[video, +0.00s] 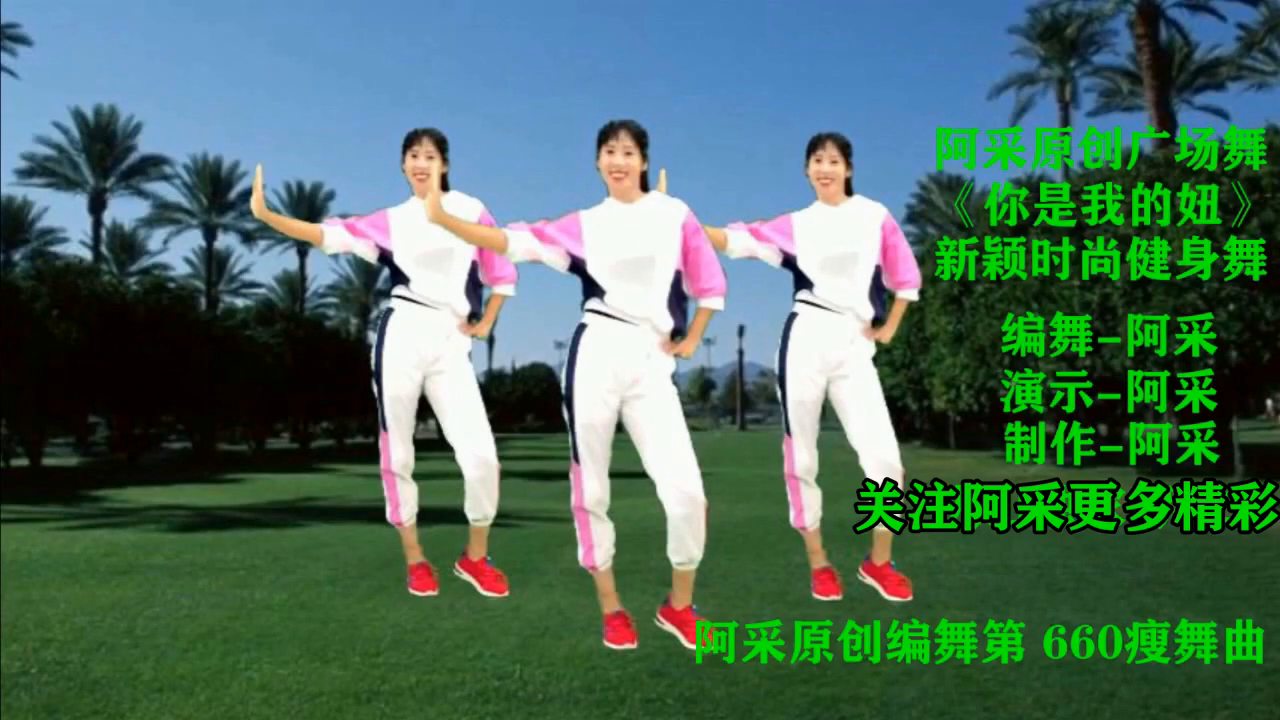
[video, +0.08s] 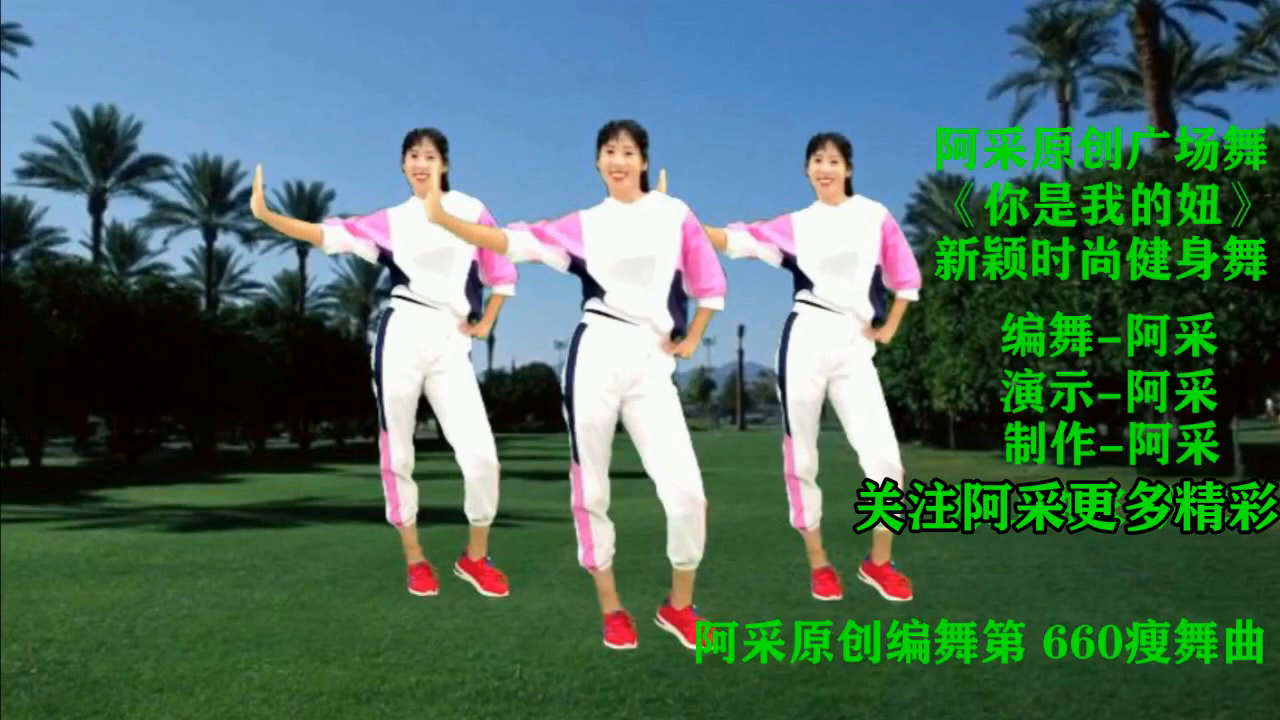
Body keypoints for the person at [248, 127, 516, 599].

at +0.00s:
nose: (420, 164)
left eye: (428, 157)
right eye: (412, 157)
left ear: (444, 165)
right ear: (403, 166)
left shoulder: (473, 211)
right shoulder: (393, 220)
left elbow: (503, 273)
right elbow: (327, 235)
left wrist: (484, 325)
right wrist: (265, 215)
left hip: (451, 335)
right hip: (401, 331)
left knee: (482, 456)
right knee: (399, 453)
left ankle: (476, 557)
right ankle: (415, 561)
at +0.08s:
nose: (420, 164)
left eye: (428, 157)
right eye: (412, 157)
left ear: (444, 165)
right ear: (403, 166)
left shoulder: (473, 211)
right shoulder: (393, 220)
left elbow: (503, 273)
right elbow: (327, 235)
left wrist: (484, 325)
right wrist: (265, 215)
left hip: (451, 335)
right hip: (401, 331)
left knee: (482, 456)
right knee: (399, 453)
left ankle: (476, 557)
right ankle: (415, 561)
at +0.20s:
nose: (420, 164)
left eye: (428, 157)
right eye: (412, 157)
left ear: (444, 165)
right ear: (403, 166)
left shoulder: (473, 211)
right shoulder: (393, 220)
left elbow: (503, 273)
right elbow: (327, 235)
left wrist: (484, 325)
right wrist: (265, 215)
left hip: (451, 335)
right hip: (401, 331)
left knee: (482, 456)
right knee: (399, 453)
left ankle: (476, 557)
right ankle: (415, 561)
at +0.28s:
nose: (420, 164)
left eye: (428, 157)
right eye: (412, 157)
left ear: (444, 165)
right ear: (403, 166)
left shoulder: (473, 211)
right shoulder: (393, 220)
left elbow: (503, 273)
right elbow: (327, 235)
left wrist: (484, 325)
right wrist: (265, 215)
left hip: (451, 335)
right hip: (401, 331)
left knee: (482, 456)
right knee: (399, 453)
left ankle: (476, 557)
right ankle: (415, 561)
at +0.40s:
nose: (420, 164)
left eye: (428, 157)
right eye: (412, 157)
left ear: (444, 165)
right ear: (403, 166)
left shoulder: (473, 211)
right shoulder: (393, 220)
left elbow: (503, 273)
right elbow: (327, 235)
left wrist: (485, 325)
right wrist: (265, 215)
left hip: (451, 335)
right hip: (401, 331)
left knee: (482, 456)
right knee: (399, 453)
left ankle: (476, 557)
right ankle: (415, 561)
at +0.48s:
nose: (420, 164)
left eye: (428, 157)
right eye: (412, 157)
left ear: (444, 165)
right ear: (404, 166)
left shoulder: (473, 211)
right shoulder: (393, 220)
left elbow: (503, 273)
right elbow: (327, 235)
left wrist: (484, 325)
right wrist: (265, 215)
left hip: (451, 335)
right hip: (401, 331)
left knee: (482, 457)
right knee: (399, 453)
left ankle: (476, 557)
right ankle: (415, 561)